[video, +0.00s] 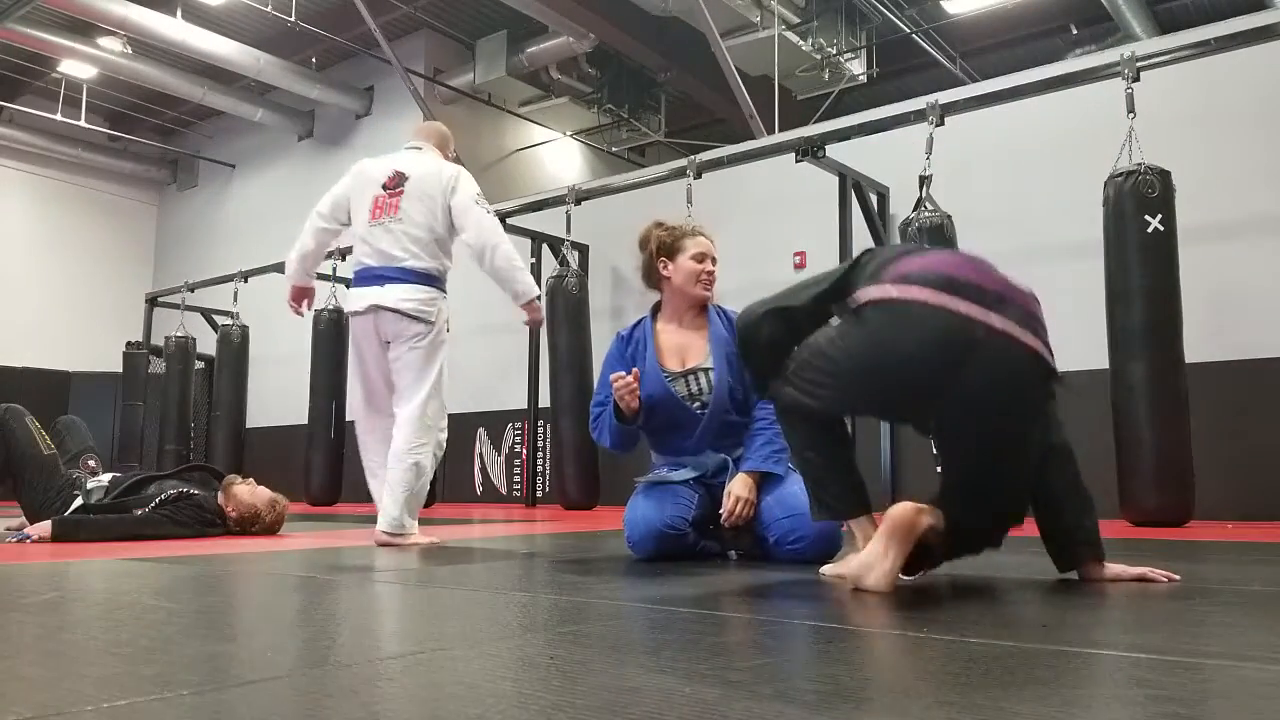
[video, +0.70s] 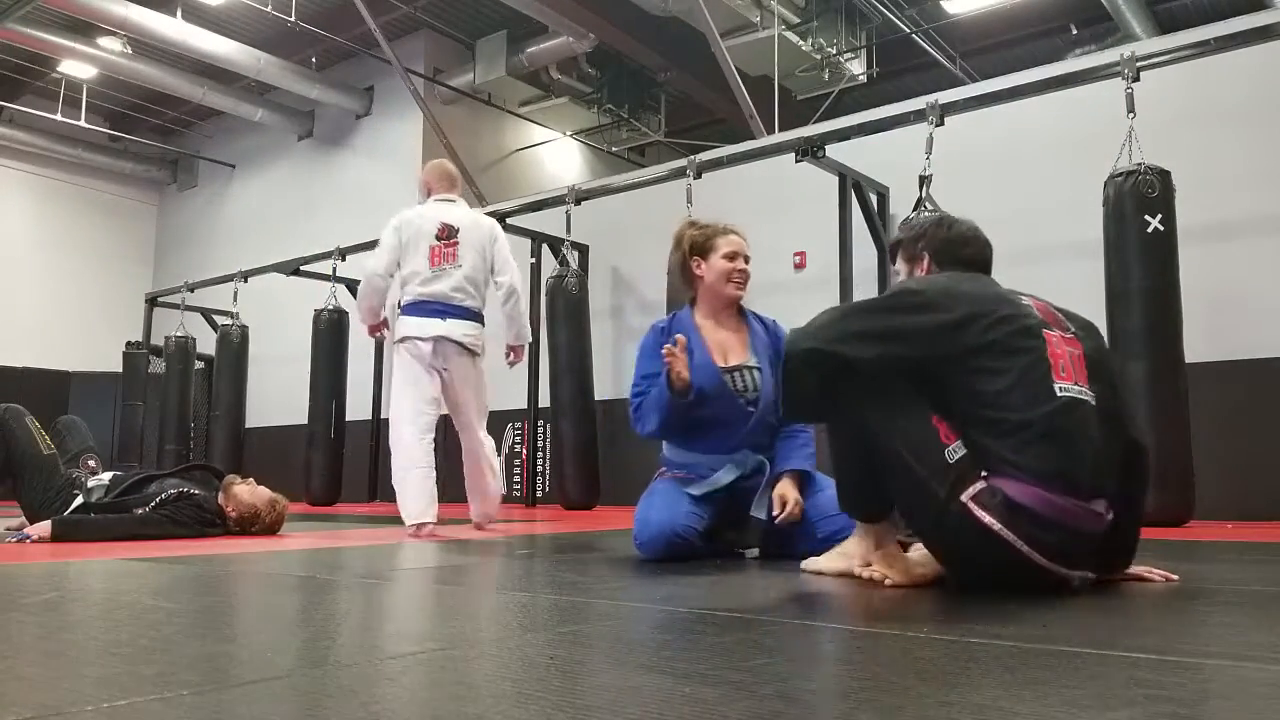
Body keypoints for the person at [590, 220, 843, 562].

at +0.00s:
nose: (712, 269)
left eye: (713, 261)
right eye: (700, 259)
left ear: (716, 270)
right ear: (665, 268)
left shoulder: (741, 329)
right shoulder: (629, 344)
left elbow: (769, 406)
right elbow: (610, 436)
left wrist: (750, 475)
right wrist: (624, 413)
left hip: (753, 465)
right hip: (679, 475)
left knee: (814, 539)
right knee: (648, 536)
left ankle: (741, 537)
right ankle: (718, 544)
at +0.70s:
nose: (743, 268)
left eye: (746, 260)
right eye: (731, 258)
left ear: (750, 269)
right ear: (699, 266)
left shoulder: (771, 334)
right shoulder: (665, 335)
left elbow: (795, 419)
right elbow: (645, 422)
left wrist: (790, 476)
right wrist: (676, 390)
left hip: (768, 476)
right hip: (691, 479)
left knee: (851, 524)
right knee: (659, 538)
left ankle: (751, 534)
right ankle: (723, 540)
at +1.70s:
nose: (771, 274)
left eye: (777, 265)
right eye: (757, 265)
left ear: (785, 272)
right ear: (731, 276)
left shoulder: (798, 344)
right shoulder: (699, 333)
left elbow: (810, 418)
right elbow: (693, 410)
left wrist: (797, 470)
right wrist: (749, 369)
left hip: (776, 472)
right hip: (701, 470)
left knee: (864, 534)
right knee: (732, 534)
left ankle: (781, 527)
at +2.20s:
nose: (749, 273)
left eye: (752, 263)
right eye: (735, 265)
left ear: (759, 265)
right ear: (705, 276)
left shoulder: (779, 335)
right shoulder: (684, 339)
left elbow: (802, 425)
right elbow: (717, 417)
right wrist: (796, 395)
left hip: (777, 471)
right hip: (702, 472)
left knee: (866, 527)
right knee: (734, 533)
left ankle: (770, 528)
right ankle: (698, 540)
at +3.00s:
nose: (846, 289)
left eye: (848, 279)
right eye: (837, 276)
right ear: (799, 273)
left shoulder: (835, 342)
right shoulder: (741, 331)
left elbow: (860, 412)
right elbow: (744, 404)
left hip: (788, 466)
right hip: (710, 461)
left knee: (881, 532)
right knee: (730, 539)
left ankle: (783, 519)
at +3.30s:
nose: (834, 291)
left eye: (835, 281)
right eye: (827, 279)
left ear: (795, 278)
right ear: (790, 276)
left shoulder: (833, 339)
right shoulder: (726, 334)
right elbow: (756, 409)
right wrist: (832, 391)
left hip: (785, 465)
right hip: (708, 461)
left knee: (880, 533)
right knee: (727, 540)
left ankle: (779, 523)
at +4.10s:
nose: (857, 325)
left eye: (861, 315)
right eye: (853, 311)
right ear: (817, 297)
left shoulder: (843, 358)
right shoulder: (746, 347)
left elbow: (871, 433)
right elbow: (776, 415)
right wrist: (847, 387)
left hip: (785, 473)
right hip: (706, 466)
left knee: (875, 532)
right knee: (732, 537)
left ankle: (775, 528)